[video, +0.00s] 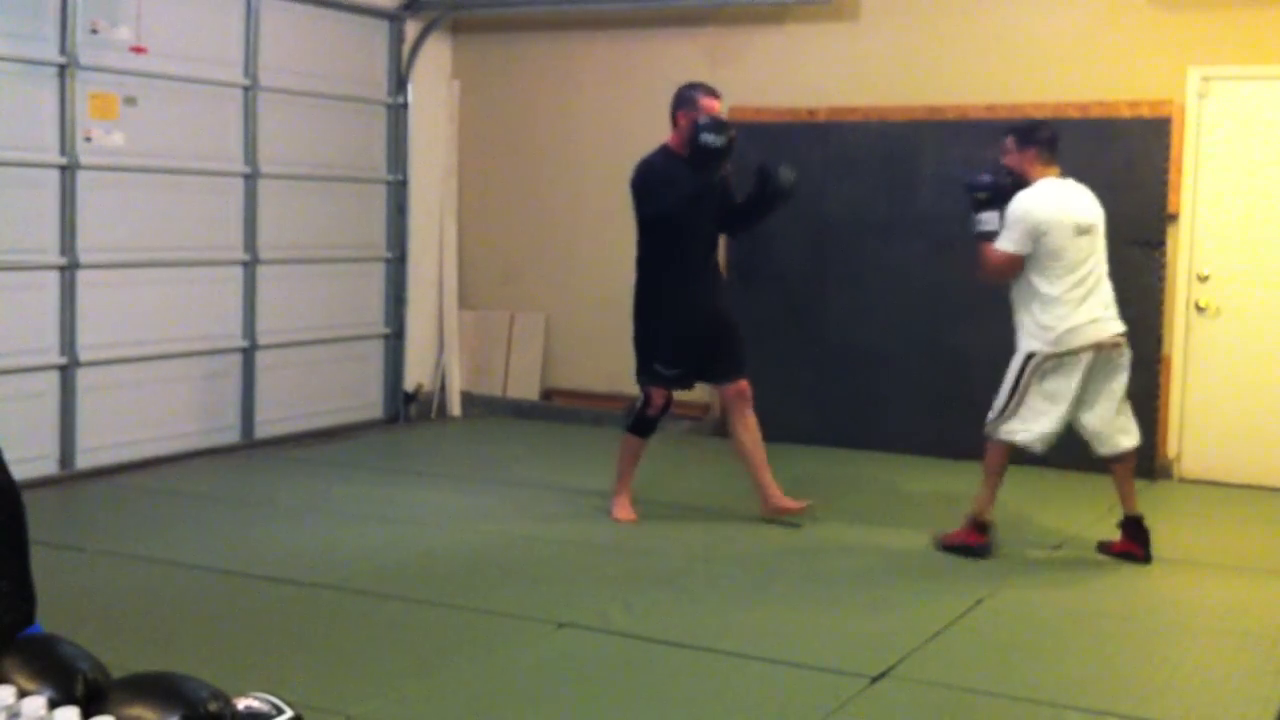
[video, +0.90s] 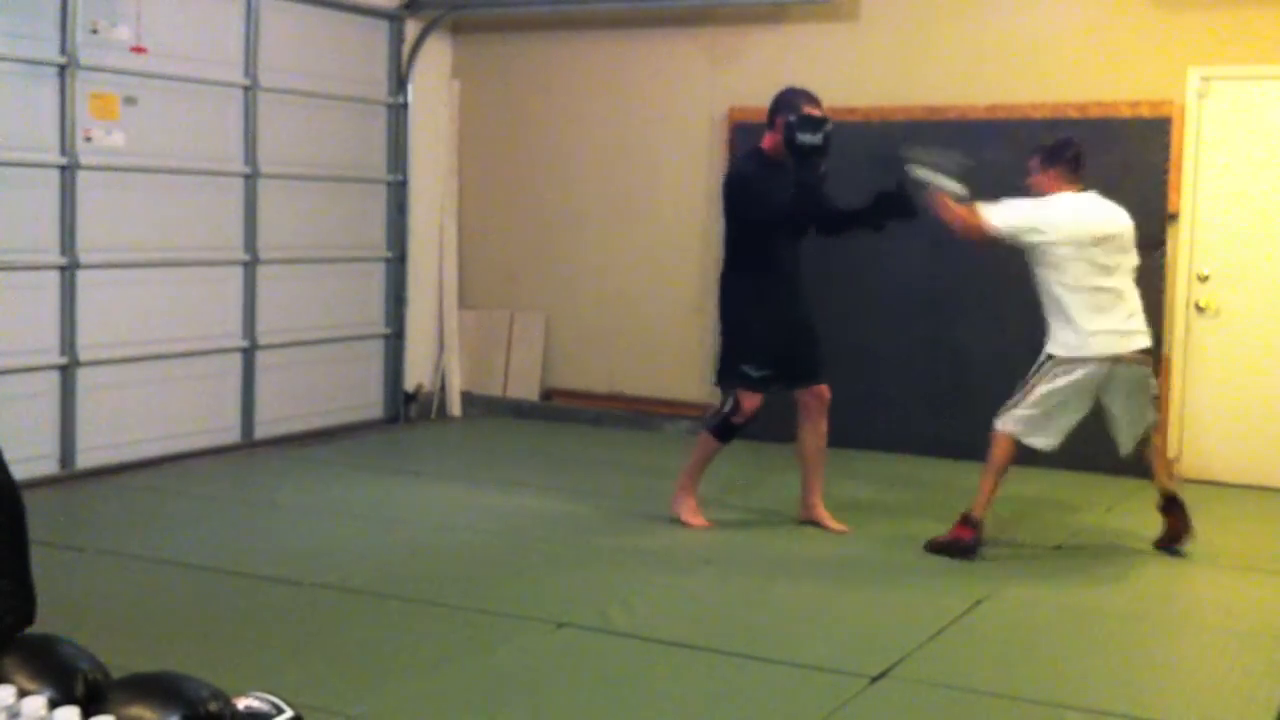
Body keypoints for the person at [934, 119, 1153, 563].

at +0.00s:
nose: (1004, 162)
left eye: (1008, 153)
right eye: (1005, 154)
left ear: (1027, 154)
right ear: (1049, 153)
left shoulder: (1029, 205)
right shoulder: (1086, 196)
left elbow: (996, 268)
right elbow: (1062, 249)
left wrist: (987, 219)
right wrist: (1016, 199)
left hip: (1054, 341)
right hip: (1107, 333)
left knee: (1003, 429)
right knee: (1113, 428)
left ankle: (978, 526)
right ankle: (1134, 529)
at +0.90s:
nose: (1031, 183)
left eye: (1034, 174)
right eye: (1032, 175)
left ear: (1049, 174)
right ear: (1076, 172)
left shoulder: (1040, 212)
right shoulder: (1118, 215)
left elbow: (972, 224)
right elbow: (1126, 266)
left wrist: (935, 195)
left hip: (1074, 350)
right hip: (1133, 347)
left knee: (1008, 427)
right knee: (1149, 429)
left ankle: (971, 523)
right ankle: (1171, 501)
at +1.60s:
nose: (1029, 181)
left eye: (1032, 172)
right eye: (1029, 172)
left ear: (1051, 173)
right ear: (1071, 171)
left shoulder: (1048, 223)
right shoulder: (1114, 211)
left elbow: (1016, 285)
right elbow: (1088, 262)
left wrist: (999, 249)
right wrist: (1030, 233)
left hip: (1078, 344)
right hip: (1127, 340)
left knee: (1030, 430)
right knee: (1130, 425)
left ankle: (1023, 528)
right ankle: (1165, 505)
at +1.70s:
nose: (1041, 184)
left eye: (1046, 176)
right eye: (1042, 176)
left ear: (1069, 176)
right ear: (1082, 177)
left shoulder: (1070, 227)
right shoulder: (1122, 214)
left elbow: (1036, 288)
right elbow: (1097, 267)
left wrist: (1015, 244)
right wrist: (1047, 230)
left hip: (1095, 352)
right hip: (1139, 346)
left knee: (1038, 434)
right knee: (1146, 437)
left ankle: (1023, 528)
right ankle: (1178, 518)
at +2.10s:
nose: (1032, 199)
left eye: (1033, 191)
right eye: (1031, 192)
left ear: (1043, 184)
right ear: (1067, 180)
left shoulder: (1052, 220)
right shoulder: (1104, 214)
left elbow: (995, 259)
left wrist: (998, 210)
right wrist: (1024, 202)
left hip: (1082, 348)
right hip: (1127, 342)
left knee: (1023, 429)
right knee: (1123, 431)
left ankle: (1009, 522)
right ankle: (1155, 505)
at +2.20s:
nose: (1028, 191)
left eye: (1029, 183)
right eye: (1027, 183)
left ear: (1042, 179)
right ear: (1061, 177)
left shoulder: (1042, 221)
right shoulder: (1100, 214)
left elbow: (991, 263)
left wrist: (992, 218)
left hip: (1075, 348)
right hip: (1119, 341)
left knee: (1030, 434)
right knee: (1117, 426)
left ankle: (1005, 524)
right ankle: (1154, 502)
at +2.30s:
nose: (1028, 182)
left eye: (1031, 173)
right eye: (1028, 174)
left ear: (1048, 173)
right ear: (1069, 172)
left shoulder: (1050, 220)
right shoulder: (1105, 212)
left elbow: (1021, 275)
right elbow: (1078, 260)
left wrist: (1002, 240)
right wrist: (1035, 217)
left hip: (1075, 345)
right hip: (1120, 339)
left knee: (1032, 433)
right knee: (1121, 429)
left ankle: (1005, 523)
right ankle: (1154, 512)